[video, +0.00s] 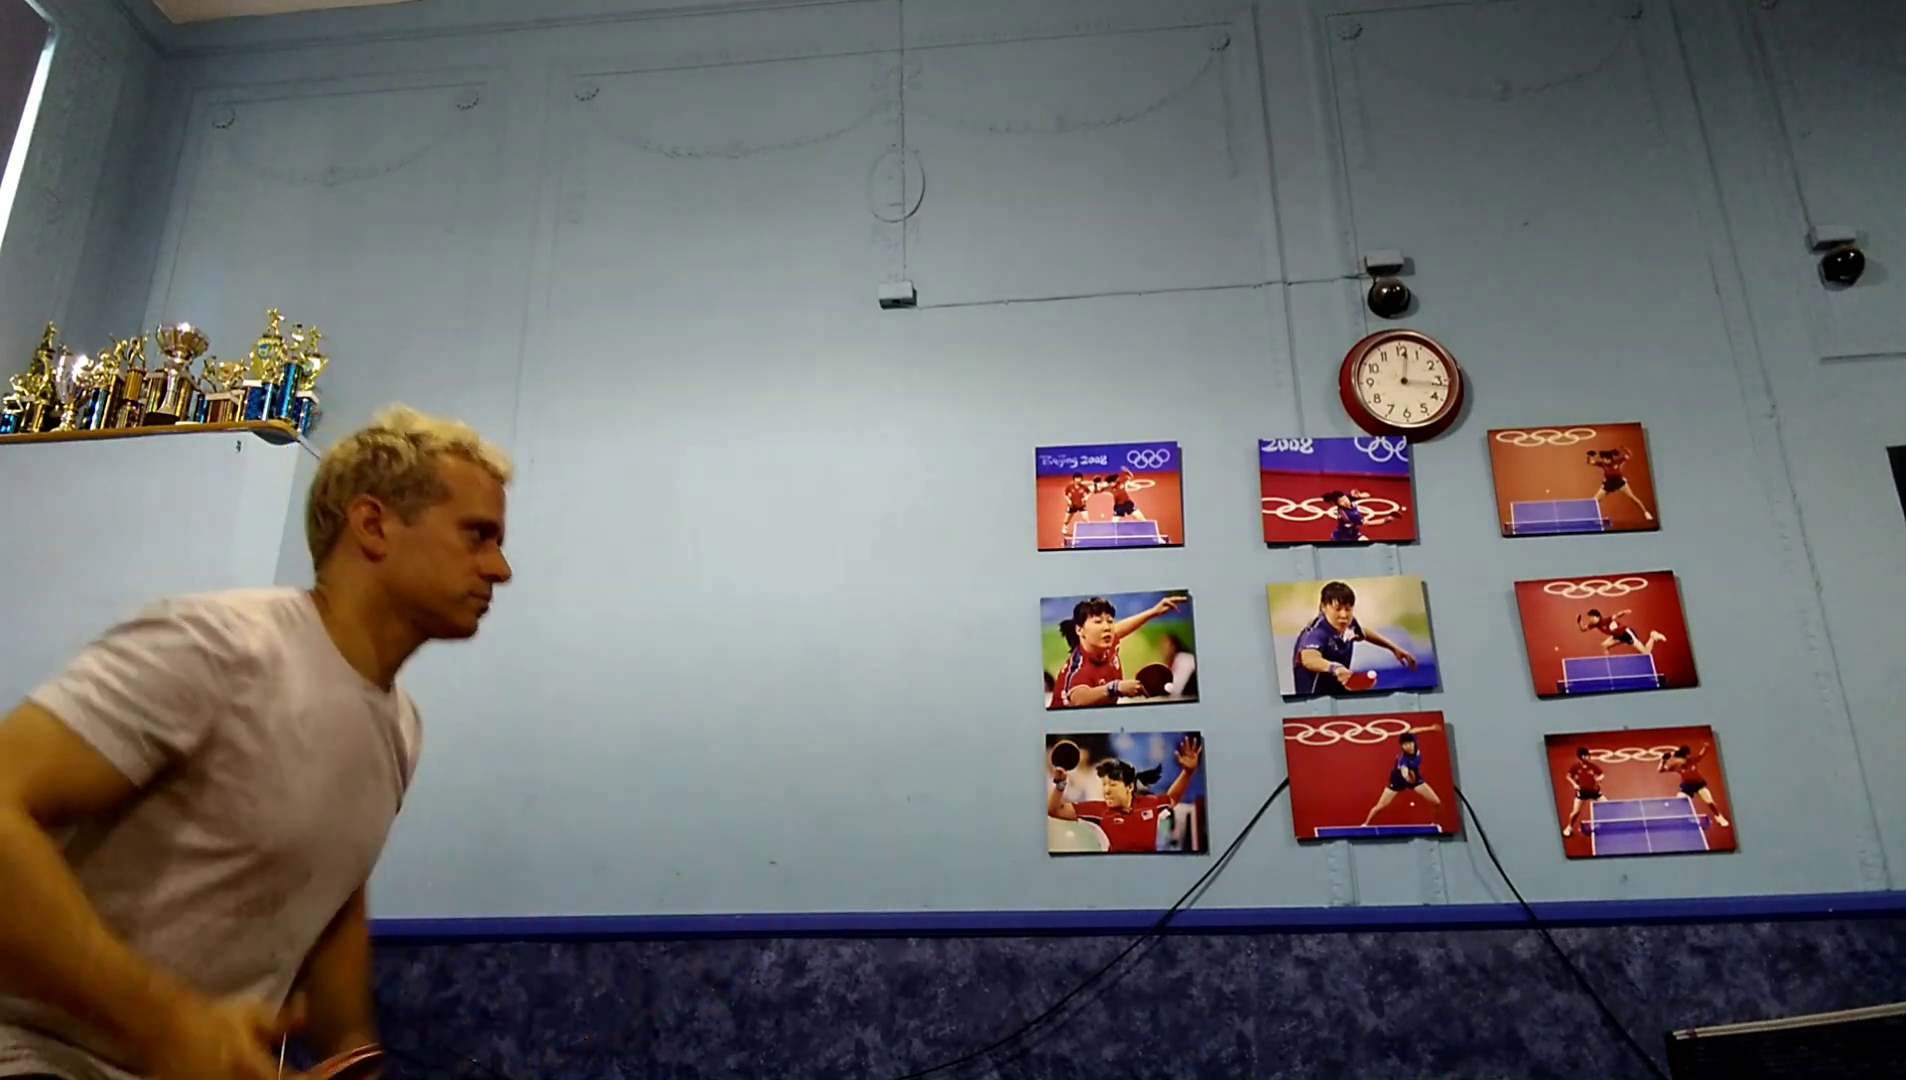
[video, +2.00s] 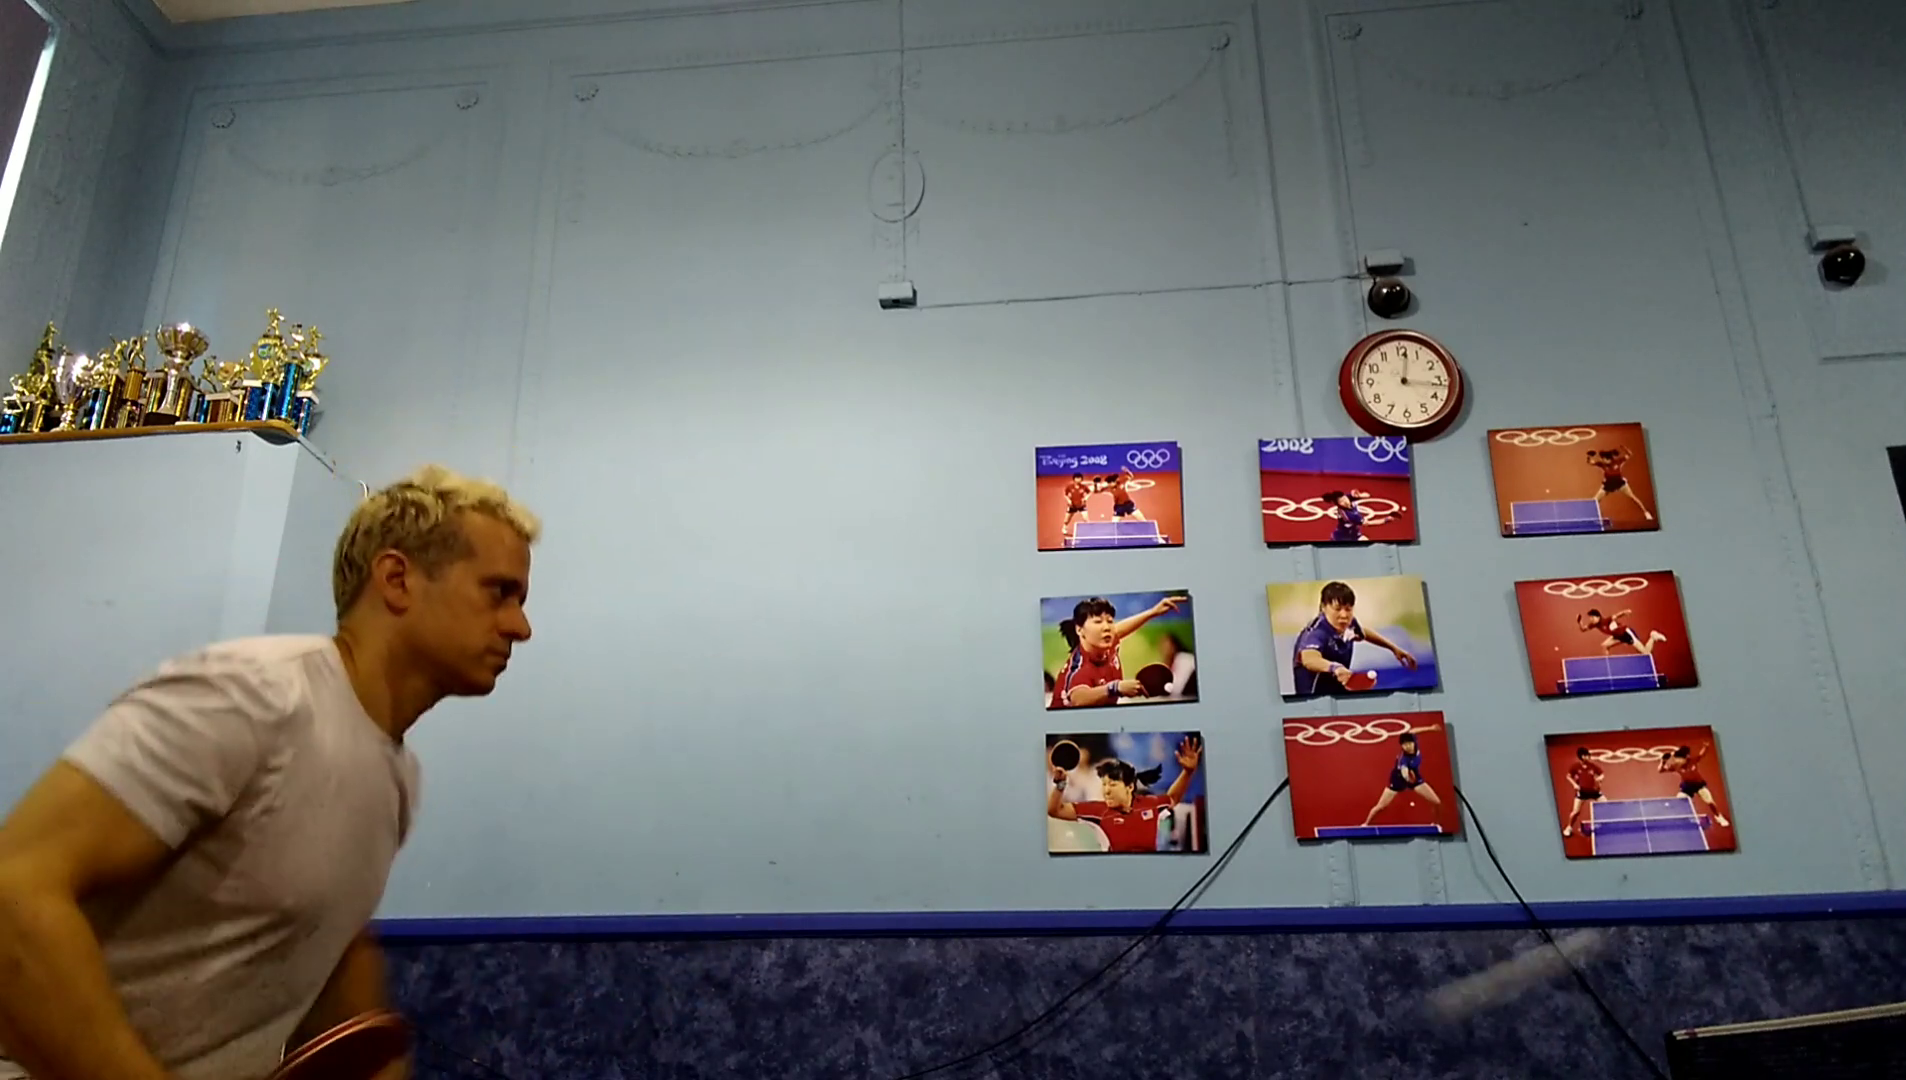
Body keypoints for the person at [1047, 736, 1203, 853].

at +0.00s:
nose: (1106, 790)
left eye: (1113, 784)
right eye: (1104, 785)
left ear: (1130, 787)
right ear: (1101, 787)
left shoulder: (1151, 805)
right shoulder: (1100, 810)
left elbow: (1172, 798)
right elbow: (1055, 811)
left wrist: (1188, 771)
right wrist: (1060, 785)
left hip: (1150, 872)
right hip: (1115, 874)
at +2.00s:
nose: (1107, 790)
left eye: (1113, 785)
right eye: (1104, 785)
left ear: (1130, 787)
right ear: (1101, 786)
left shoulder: (1151, 804)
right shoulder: (1100, 810)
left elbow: (1173, 798)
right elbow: (1055, 811)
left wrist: (1188, 772)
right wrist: (1059, 785)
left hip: (1151, 872)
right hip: (1116, 874)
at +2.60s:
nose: (1107, 790)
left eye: (1113, 785)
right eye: (1104, 785)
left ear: (1130, 787)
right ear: (1101, 786)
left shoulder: (1151, 804)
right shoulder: (1100, 811)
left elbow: (1173, 798)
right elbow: (1055, 811)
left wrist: (1188, 772)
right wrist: (1059, 785)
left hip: (1151, 872)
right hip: (1116, 874)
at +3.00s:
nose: (1107, 790)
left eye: (1113, 785)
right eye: (1104, 785)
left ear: (1130, 787)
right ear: (1101, 787)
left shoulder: (1151, 804)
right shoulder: (1100, 811)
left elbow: (1172, 798)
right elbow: (1055, 811)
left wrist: (1188, 772)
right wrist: (1060, 785)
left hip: (1151, 872)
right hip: (1116, 874)